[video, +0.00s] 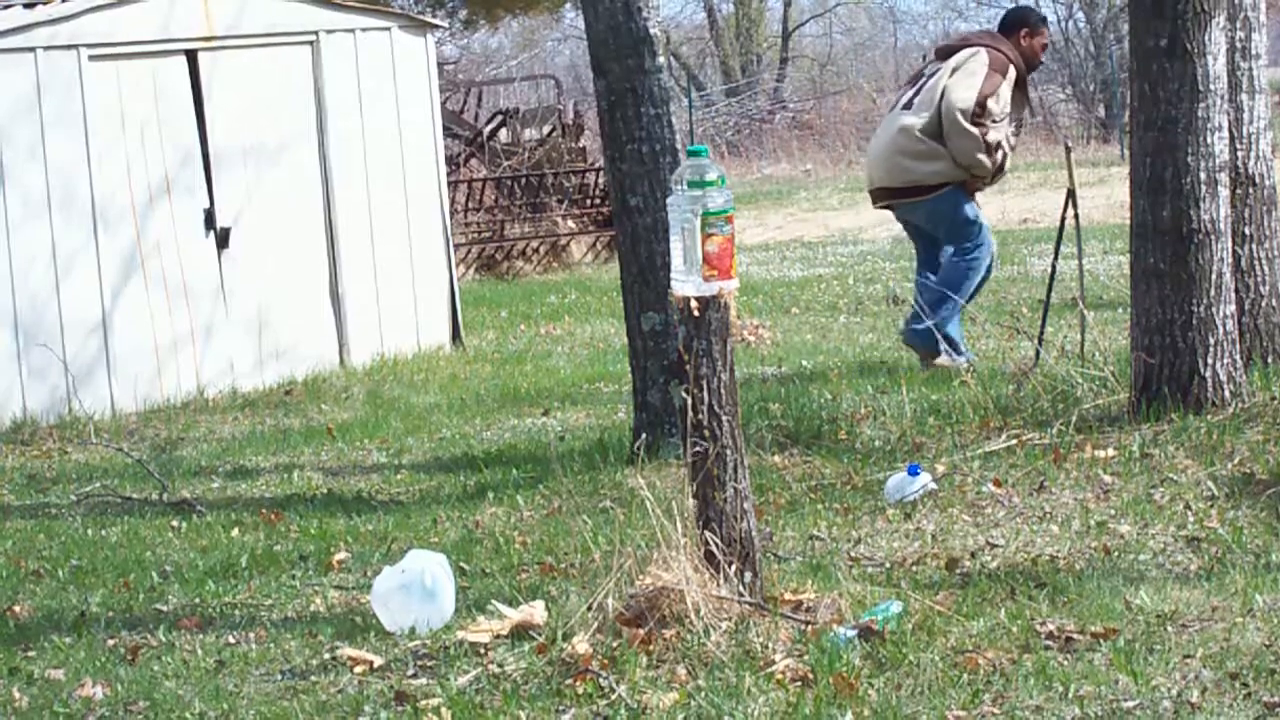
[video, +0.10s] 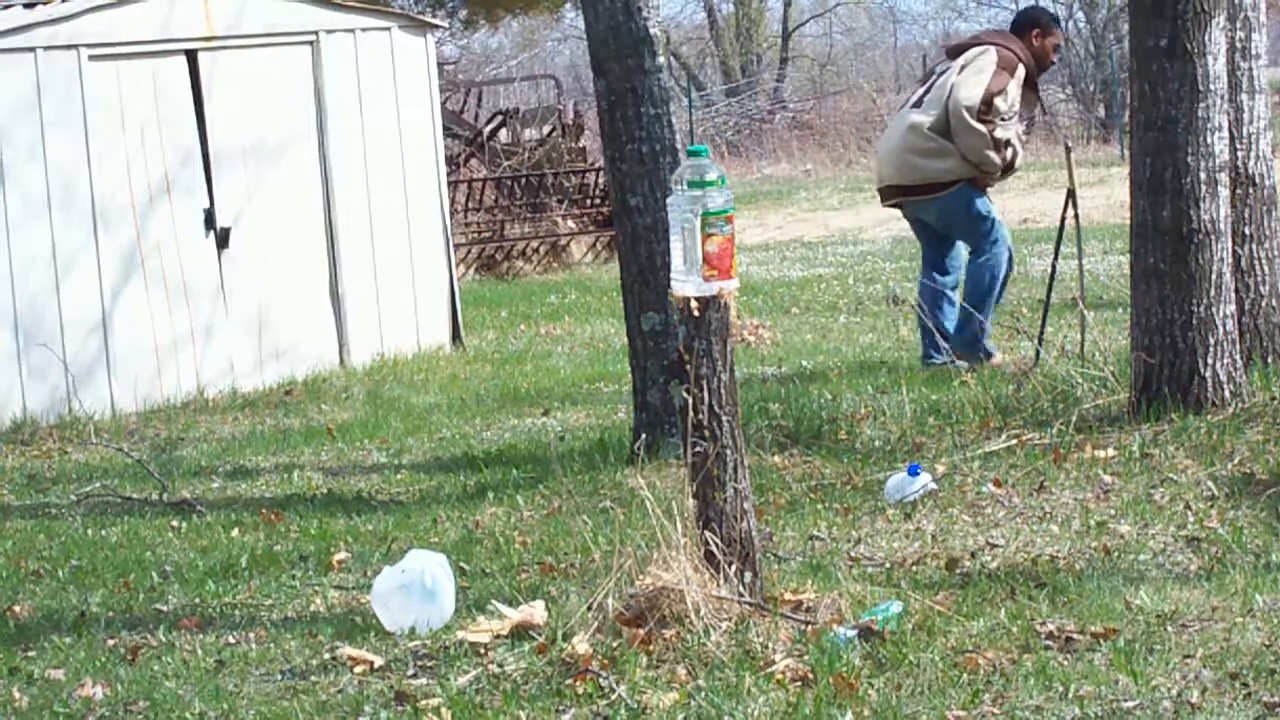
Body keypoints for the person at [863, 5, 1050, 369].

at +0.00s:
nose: (1044, 56)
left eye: (1046, 47)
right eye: (1043, 45)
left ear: (1015, 35)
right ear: (1023, 36)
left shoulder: (963, 54)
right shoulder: (995, 57)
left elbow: (908, 105)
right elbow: (962, 110)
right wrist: (982, 169)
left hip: (888, 168)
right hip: (918, 167)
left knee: (933, 256)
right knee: (976, 247)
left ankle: (946, 351)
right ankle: (925, 328)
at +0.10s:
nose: (1056, 57)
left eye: (1058, 48)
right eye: (1055, 46)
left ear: (1030, 36)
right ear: (1034, 37)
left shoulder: (975, 53)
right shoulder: (1004, 56)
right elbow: (970, 106)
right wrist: (995, 163)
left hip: (899, 168)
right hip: (931, 167)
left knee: (943, 257)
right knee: (993, 246)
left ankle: (937, 355)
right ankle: (971, 345)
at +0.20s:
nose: (1069, 60)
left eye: (1072, 52)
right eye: (1069, 49)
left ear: (1043, 39)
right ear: (1048, 40)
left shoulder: (987, 54)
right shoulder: (1017, 58)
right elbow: (981, 110)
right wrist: (1004, 169)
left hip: (908, 169)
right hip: (945, 169)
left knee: (947, 258)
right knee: (999, 256)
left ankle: (942, 357)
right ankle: (1024, 351)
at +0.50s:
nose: (1113, 71)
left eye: (1116, 63)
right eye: (1114, 61)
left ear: (1093, 45)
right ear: (1098, 47)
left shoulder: (1026, 53)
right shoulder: (1064, 62)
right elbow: (1027, 117)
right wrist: (1048, 171)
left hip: (944, 162)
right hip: (985, 165)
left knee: (976, 252)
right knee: (1023, 254)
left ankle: (948, 349)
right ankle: (1040, 350)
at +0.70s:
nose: (1131, 68)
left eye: (1134, 61)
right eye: (1133, 59)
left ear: (1104, 38)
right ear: (1122, 48)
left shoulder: (1049, 49)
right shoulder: (1086, 62)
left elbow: (984, 98)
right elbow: (1049, 116)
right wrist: (1066, 176)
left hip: (971, 157)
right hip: (1006, 159)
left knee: (1013, 243)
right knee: (1042, 256)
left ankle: (979, 317)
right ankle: (1044, 354)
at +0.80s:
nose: (1133, 67)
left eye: (1135, 61)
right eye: (1136, 59)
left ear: (1109, 36)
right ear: (1127, 49)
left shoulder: (1061, 48)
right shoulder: (1097, 60)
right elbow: (1059, 112)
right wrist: (1070, 176)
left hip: (979, 156)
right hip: (1014, 157)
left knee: (1045, 246)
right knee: (1042, 255)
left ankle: (1012, 324)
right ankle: (1043, 355)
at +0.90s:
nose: (1138, 66)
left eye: (1139, 61)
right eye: (1141, 59)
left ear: (1114, 35)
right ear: (1132, 48)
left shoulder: (1064, 50)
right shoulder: (1104, 59)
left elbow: (998, 99)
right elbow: (1071, 112)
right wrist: (1081, 176)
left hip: (986, 156)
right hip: (1021, 157)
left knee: (1058, 253)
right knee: (1052, 259)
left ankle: (1060, 345)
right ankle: (1040, 354)